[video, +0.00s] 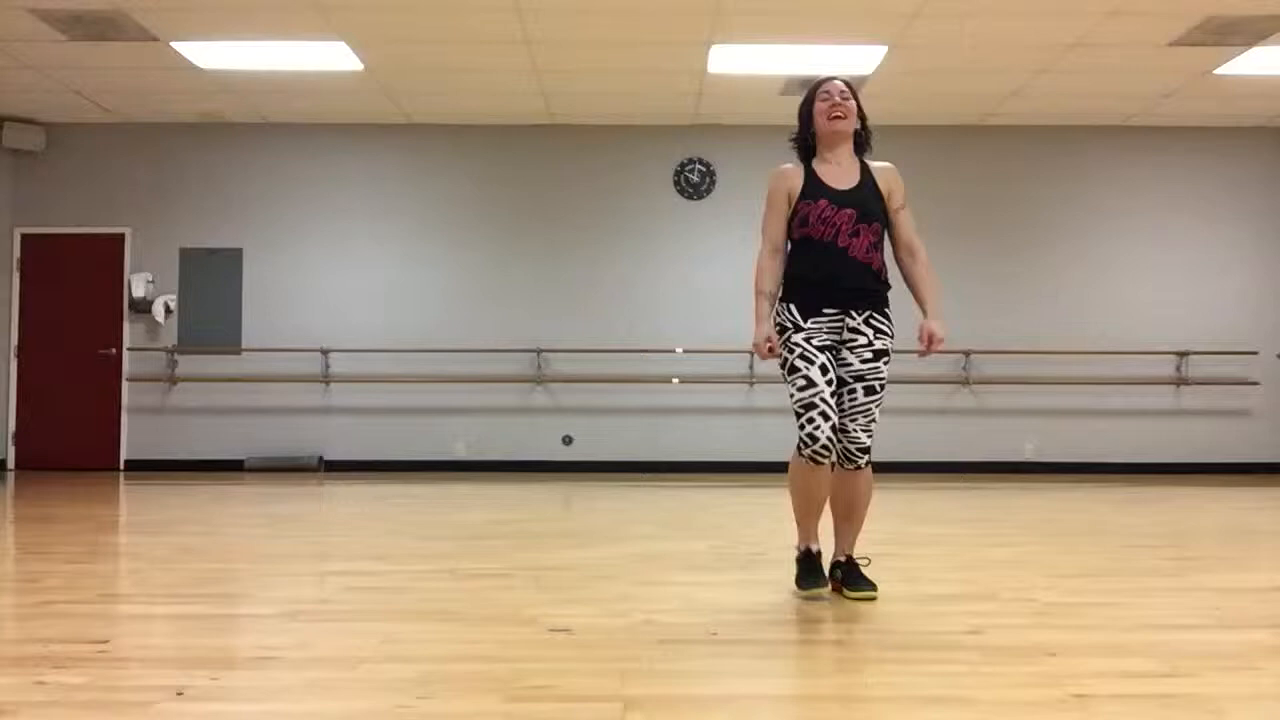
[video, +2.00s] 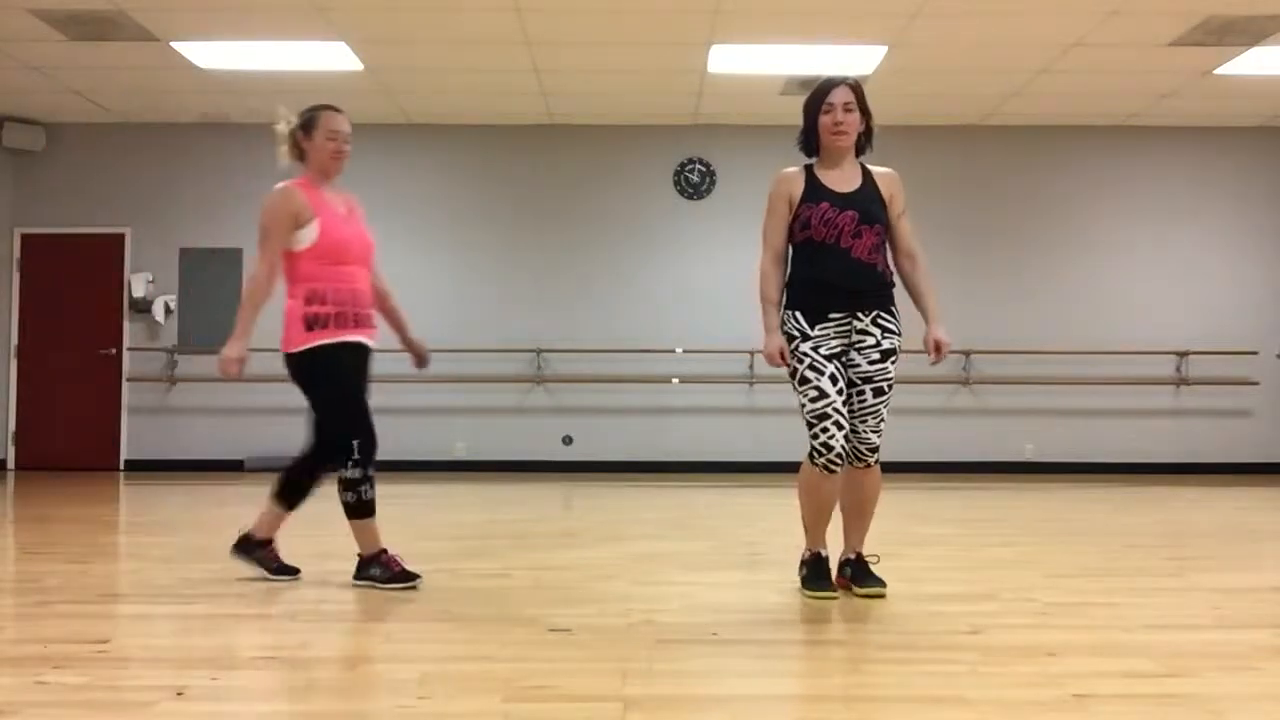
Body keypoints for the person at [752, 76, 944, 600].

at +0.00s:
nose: (836, 102)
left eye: (845, 96)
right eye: (825, 97)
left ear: (859, 114)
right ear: (808, 116)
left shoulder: (884, 176)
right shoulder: (790, 177)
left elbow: (910, 251)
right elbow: (771, 252)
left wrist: (930, 314)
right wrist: (763, 321)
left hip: (868, 322)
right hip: (803, 320)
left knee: (856, 440)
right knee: (818, 433)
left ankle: (846, 561)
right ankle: (808, 551)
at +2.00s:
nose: (840, 118)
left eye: (849, 109)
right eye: (829, 110)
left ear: (864, 120)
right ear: (813, 120)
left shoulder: (885, 183)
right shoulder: (791, 183)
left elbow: (908, 258)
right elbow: (773, 259)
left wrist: (932, 321)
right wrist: (771, 328)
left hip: (875, 326)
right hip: (810, 327)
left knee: (865, 444)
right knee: (830, 441)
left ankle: (854, 558)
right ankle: (814, 556)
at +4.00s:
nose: (847, 106)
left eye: (856, 98)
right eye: (836, 98)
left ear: (870, 111)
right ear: (818, 111)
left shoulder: (887, 167)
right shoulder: (798, 166)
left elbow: (933, 170)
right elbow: (739, 160)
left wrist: (965, 167)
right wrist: (689, 153)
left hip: (880, 316)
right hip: (815, 317)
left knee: (889, 430)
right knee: (829, 433)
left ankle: (864, 544)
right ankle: (818, 557)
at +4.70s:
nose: (846, 107)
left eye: (854, 98)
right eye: (835, 99)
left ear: (868, 110)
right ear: (817, 111)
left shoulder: (888, 174)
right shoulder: (795, 166)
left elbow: (970, 159)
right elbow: (718, 158)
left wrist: (895, 160)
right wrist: (647, 152)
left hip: (876, 317)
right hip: (811, 317)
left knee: (881, 438)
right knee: (823, 436)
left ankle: (859, 547)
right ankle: (809, 559)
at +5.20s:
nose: (840, 104)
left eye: (849, 96)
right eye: (830, 96)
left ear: (864, 108)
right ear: (813, 109)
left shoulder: (888, 158)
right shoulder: (793, 167)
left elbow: (975, 138)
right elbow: (719, 157)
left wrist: (1058, 120)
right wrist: (768, 136)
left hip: (881, 312)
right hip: (816, 313)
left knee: (873, 437)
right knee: (829, 428)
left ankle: (859, 557)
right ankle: (821, 535)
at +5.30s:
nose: (839, 107)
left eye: (848, 98)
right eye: (829, 99)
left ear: (863, 110)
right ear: (811, 111)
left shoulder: (886, 161)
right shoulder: (792, 170)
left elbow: (975, 146)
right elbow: (716, 158)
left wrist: (1054, 137)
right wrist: (782, 145)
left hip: (878, 315)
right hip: (813, 316)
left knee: (869, 438)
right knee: (830, 434)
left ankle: (857, 559)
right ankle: (819, 558)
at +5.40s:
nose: (837, 110)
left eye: (846, 100)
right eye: (827, 101)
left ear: (861, 111)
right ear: (810, 113)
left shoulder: (884, 164)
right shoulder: (789, 172)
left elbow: (965, 155)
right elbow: (715, 160)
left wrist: (1044, 150)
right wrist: (781, 151)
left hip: (875, 318)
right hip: (809, 320)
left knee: (868, 443)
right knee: (828, 440)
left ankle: (856, 560)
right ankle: (820, 563)